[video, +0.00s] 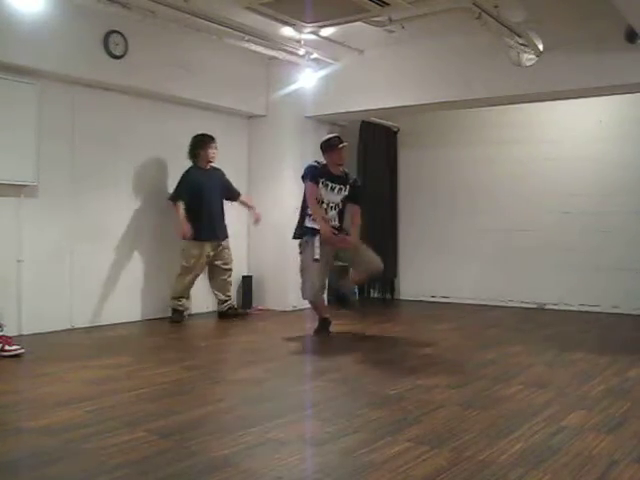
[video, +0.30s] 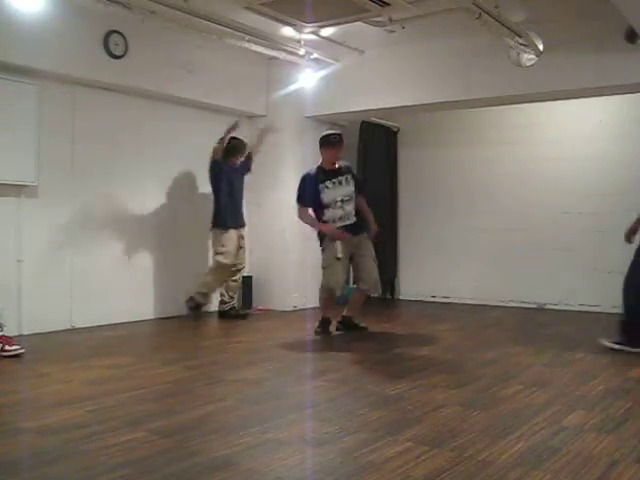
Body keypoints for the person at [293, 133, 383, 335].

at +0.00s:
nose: (340, 156)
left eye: (342, 151)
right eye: (335, 152)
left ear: (345, 152)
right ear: (326, 154)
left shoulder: (351, 182)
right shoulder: (314, 171)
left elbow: (354, 213)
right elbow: (312, 202)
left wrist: (354, 237)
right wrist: (324, 226)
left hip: (340, 234)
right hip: (314, 234)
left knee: (373, 265)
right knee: (311, 290)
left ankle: (343, 286)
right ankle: (323, 318)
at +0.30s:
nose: (336, 155)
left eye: (339, 150)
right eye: (332, 150)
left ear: (341, 150)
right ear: (322, 150)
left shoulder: (347, 172)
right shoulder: (311, 179)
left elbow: (358, 198)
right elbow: (303, 213)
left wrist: (370, 221)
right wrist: (323, 228)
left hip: (358, 234)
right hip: (334, 237)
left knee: (369, 280)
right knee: (332, 283)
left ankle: (348, 318)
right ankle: (325, 319)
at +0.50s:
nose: (340, 150)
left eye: (343, 145)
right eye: (336, 146)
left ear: (347, 145)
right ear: (327, 146)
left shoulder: (352, 160)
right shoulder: (315, 163)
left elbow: (369, 171)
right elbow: (303, 185)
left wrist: (360, 167)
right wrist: (326, 173)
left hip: (352, 226)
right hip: (328, 227)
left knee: (361, 276)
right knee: (328, 275)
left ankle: (346, 317)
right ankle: (323, 318)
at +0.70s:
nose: (333, 148)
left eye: (336, 143)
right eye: (329, 143)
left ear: (342, 142)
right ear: (322, 142)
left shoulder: (348, 157)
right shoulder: (310, 154)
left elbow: (373, 165)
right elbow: (291, 165)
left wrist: (348, 156)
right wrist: (317, 159)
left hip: (342, 223)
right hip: (317, 223)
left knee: (349, 274)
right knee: (317, 272)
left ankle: (343, 317)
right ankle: (308, 317)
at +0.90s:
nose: (335, 149)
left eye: (336, 144)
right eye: (333, 145)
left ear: (337, 144)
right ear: (325, 144)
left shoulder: (342, 165)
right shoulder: (304, 164)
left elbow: (323, 188)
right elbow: (283, 185)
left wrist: (294, 204)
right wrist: (268, 203)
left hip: (333, 227)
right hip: (309, 228)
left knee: (338, 277)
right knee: (307, 278)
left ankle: (338, 318)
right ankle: (304, 319)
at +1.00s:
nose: (329, 148)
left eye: (333, 144)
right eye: (326, 144)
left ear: (337, 143)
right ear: (319, 143)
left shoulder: (338, 164)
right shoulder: (302, 162)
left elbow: (321, 188)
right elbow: (285, 186)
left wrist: (292, 202)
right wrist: (269, 205)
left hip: (329, 228)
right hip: (305, 228)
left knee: (332, 276)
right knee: (302, 277)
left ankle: (337, 318)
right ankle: (303, 318)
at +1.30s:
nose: (313, 146)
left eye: (317, 142)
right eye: (311, 142)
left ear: (326, 145)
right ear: (306, 144)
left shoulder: (338, 170)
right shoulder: (296, 170)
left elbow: (352, 199)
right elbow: (292, 197)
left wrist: (334, 209)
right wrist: (290, 216)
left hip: (332, 234)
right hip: (305, 233)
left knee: (345, 279)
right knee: (298, 279)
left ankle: (338, 317)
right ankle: (302, 318)